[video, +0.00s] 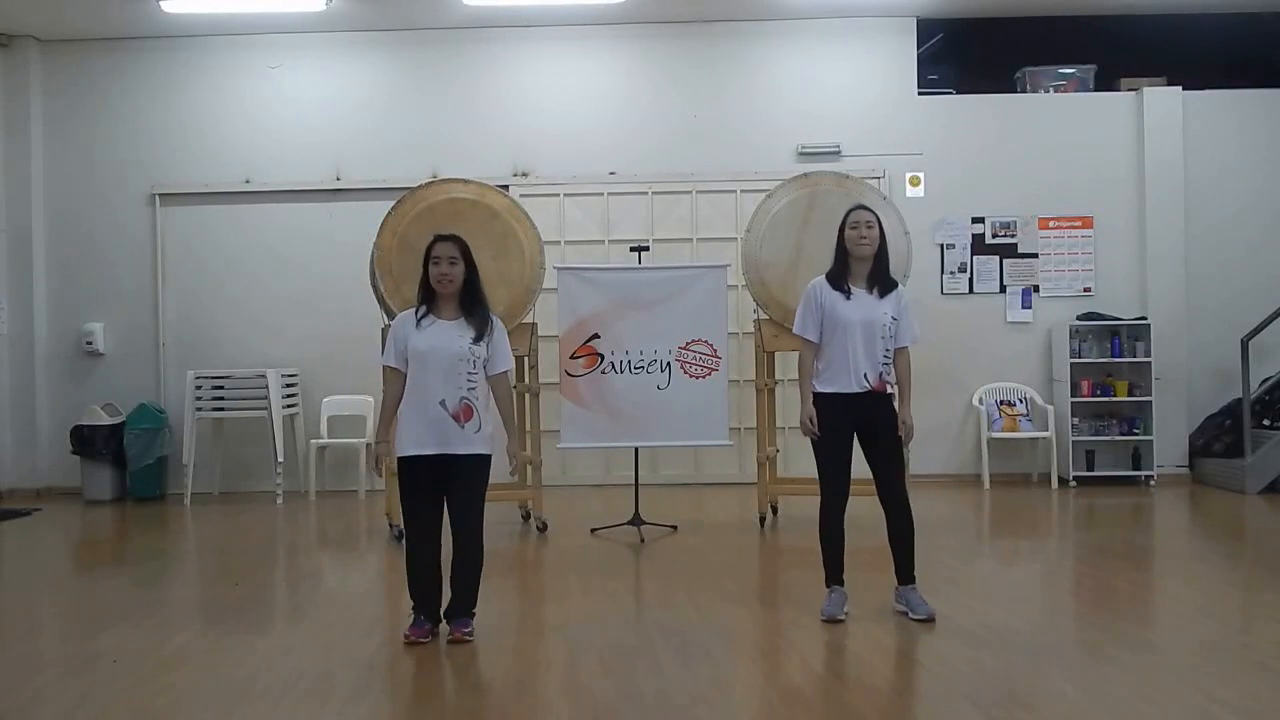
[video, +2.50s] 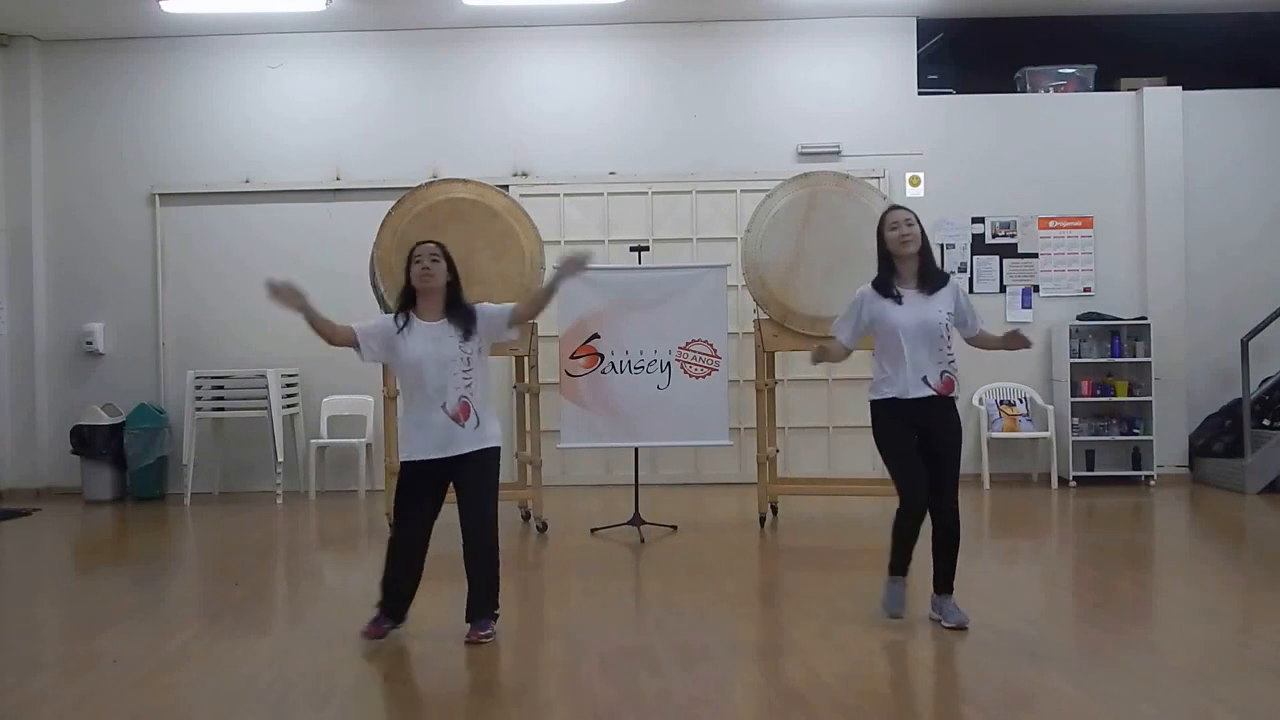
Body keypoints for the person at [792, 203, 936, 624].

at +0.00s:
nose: (862, 232)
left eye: (870, 226)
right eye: (854, 227)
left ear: (881, 237)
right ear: (842, 237)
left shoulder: (892, 294)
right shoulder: (821, 289)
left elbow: (901, 354)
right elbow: (807, 350)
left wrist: (905, 407)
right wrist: (806, 402)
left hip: (878, 405)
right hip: (830, 405)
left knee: (896, 497)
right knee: (833, 499)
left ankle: (907, 588)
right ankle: (835, 590)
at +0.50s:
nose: (872, 231)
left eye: (879, 224)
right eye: (864, 225)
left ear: (892, 232)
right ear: (853, 236)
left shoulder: (910, 289)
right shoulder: (835, 290)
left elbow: (924, 346)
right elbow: (823, 348)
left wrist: (934, 395)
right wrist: (819, 400)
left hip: (897, 405)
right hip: (847, 406)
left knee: (905, 499)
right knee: (843, 499)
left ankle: (914, 593)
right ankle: (836, 591)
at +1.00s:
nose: (881, 243)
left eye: (888, 236)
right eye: (873, 238)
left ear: (902, 243)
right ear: (862, 247)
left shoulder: (921, 295)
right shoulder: (845, 298)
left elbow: (953, 344)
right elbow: (820, 348)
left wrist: (964, 313)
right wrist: (798, 327)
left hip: (910, 413)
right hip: (860, 414)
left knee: (917, 507)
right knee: (851, 506)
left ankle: (915, 594)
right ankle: (866, 582)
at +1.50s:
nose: (842, 241)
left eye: (849, 235)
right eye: (834, 234)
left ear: (859, 247)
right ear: (819, 244)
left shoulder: (866, 305)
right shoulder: (793, 293)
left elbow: (887, 365)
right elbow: (758, 343)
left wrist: (902, 344)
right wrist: (761, 335)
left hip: (834, 414)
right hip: (788, 412)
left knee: (859, 506)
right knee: (789, 506)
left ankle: (862, 584)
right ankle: (777, 597)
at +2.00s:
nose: (852, 234)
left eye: (855, 228)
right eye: (843, 228)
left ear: (859, 240)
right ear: (823, 237)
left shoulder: (865, 293)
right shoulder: (806, 281)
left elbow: (913, 307)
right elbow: (818, 292)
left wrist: (927, 260)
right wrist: (836, 257)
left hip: (852, 407)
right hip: (811, 408)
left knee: (897, 491)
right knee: (803, 503)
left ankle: (896, 586)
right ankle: (779, 596)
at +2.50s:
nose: (904, 231)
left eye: (909, 224)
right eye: (894, 227)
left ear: (922, 233)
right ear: (883, 241)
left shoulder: (948, 289)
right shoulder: (870, 296)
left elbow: (975, 335)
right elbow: (841, 347)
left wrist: (1003, 341)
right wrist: (824, 352)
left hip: (940, 409)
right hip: (891, 409)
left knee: (945, 506)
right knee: (914, 497)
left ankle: (943, 598)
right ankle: (896, 581)